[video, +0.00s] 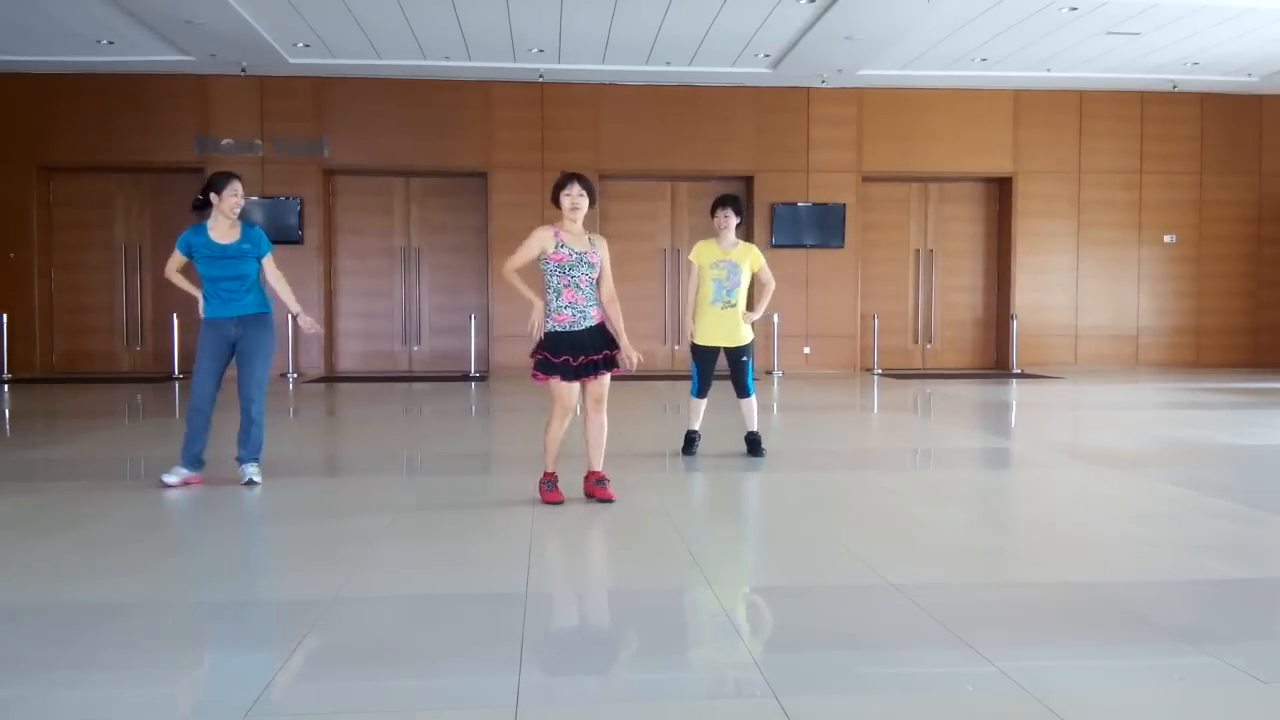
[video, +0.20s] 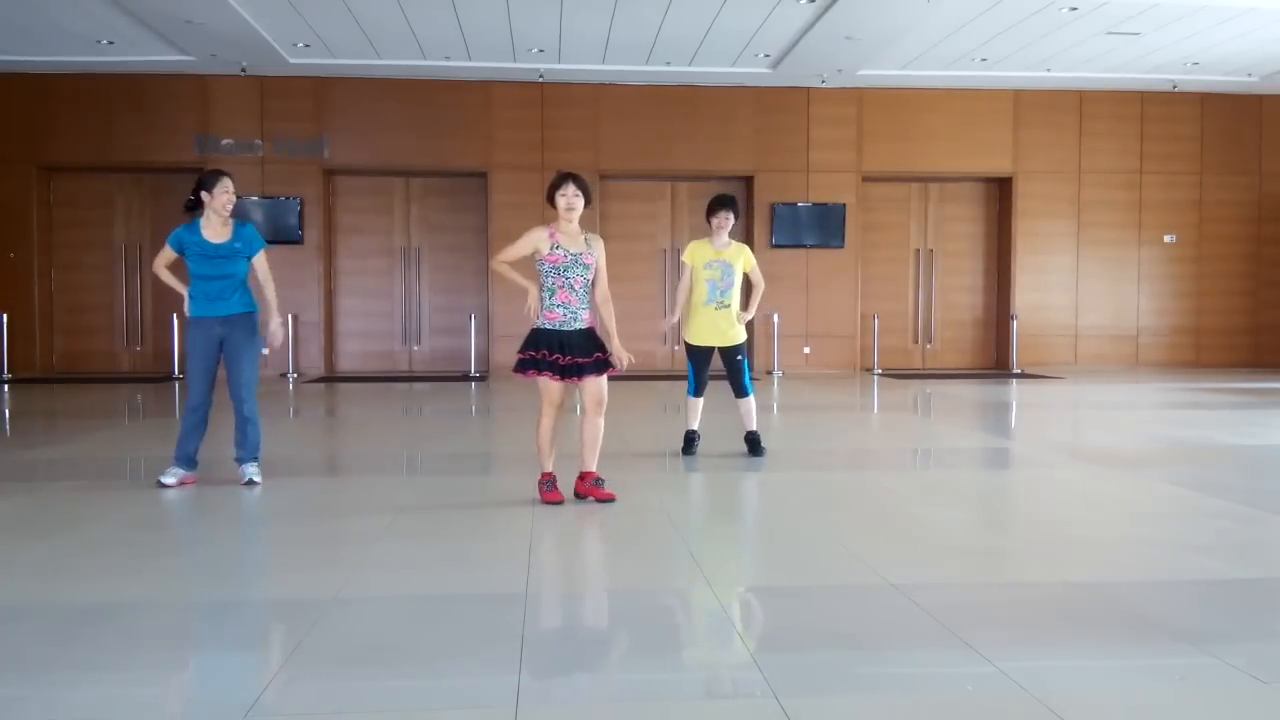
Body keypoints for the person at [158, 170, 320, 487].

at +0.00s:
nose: (240, 202)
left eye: (242, 196)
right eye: (233, 196)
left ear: (242, 200)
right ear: (214, 198)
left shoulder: (254, 235)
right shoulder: (193, 237)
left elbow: (274, 276)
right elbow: (170, 270)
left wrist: (299, 312)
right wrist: (198, 294)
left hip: (256, 324)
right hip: (215, 326)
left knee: (252, 397)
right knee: (201, 395)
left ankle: (250, 463)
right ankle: (190, 465)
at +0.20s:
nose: (231, 198)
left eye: (233, 193)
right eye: (224, 193)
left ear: (234, 197)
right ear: (205, 197)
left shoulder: (246, 232)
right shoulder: (185, 235)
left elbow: (265, 278)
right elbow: (159, 266)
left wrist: (274, 320)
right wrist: (185, 291)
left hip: (241, 322)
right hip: (202, 324)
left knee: (245, 398)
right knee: (196, 398)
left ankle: (249, 463)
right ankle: (184, 465)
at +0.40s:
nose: (223, 200)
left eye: (224, 194)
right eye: (216, 194)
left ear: (226, 198)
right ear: (196, 197)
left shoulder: (234, 235)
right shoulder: (174, 232)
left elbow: (240, 284)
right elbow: (145, 262)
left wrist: (237, 326)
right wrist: (168, 289)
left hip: (220, 321)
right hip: (182, 322)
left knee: (232, 398)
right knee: (184, 398)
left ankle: (247, 462)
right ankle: (183, 466)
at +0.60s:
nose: (209, 202)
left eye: (214, 196)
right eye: (202, 196)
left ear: (219, 200)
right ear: (187, 200)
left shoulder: (226, 239)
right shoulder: (168, 232)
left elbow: (232, 286)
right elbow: (137, 259)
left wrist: (222, 329)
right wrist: (156, 288)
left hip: (203, 323)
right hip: (165, 322)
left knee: (215, 396)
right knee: (172, 397)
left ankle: (241, 461)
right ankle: (182, 465)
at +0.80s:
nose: (195, 203)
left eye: (202, 197)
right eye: (189, 197)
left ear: (212, 200)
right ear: (181, 202)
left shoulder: (222, 241)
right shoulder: (168, 232)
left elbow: (223, 291)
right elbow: (143, 260)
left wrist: (215, 333)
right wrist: (154, 290)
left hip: (194, 322)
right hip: (158, 321)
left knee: (201, 396)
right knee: (168, 398)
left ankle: (231, 461)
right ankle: (182, 467)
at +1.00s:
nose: (191, 205)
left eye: (197, 198)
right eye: (185, 200)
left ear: (211, 201)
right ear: (179, 205)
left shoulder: (224, 242)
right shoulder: (170, 234)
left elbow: (226, 293)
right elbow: (149, 263)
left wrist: (216, 334)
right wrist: (157, 292)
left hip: (193, 323)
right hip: (158, 322)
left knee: (201, 396)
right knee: (168, 398)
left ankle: (237, 460)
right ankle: (182, 466)